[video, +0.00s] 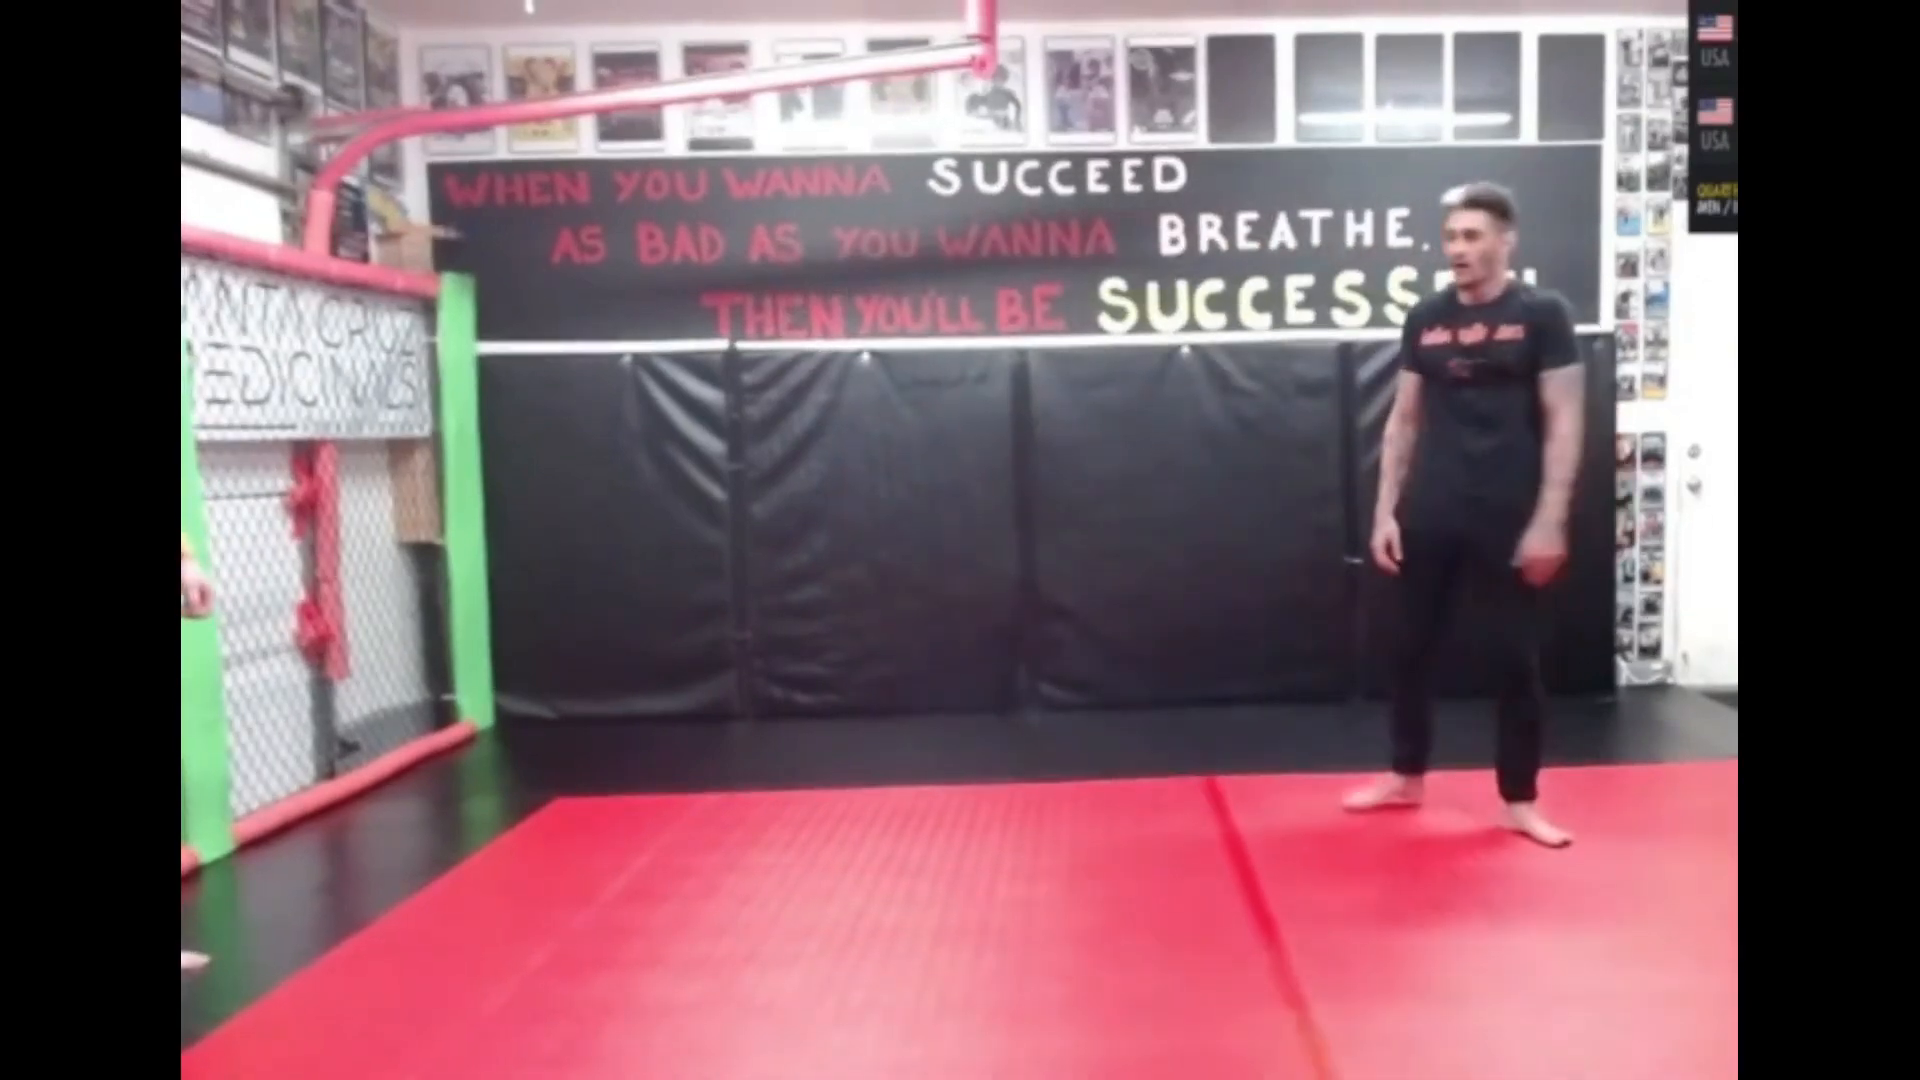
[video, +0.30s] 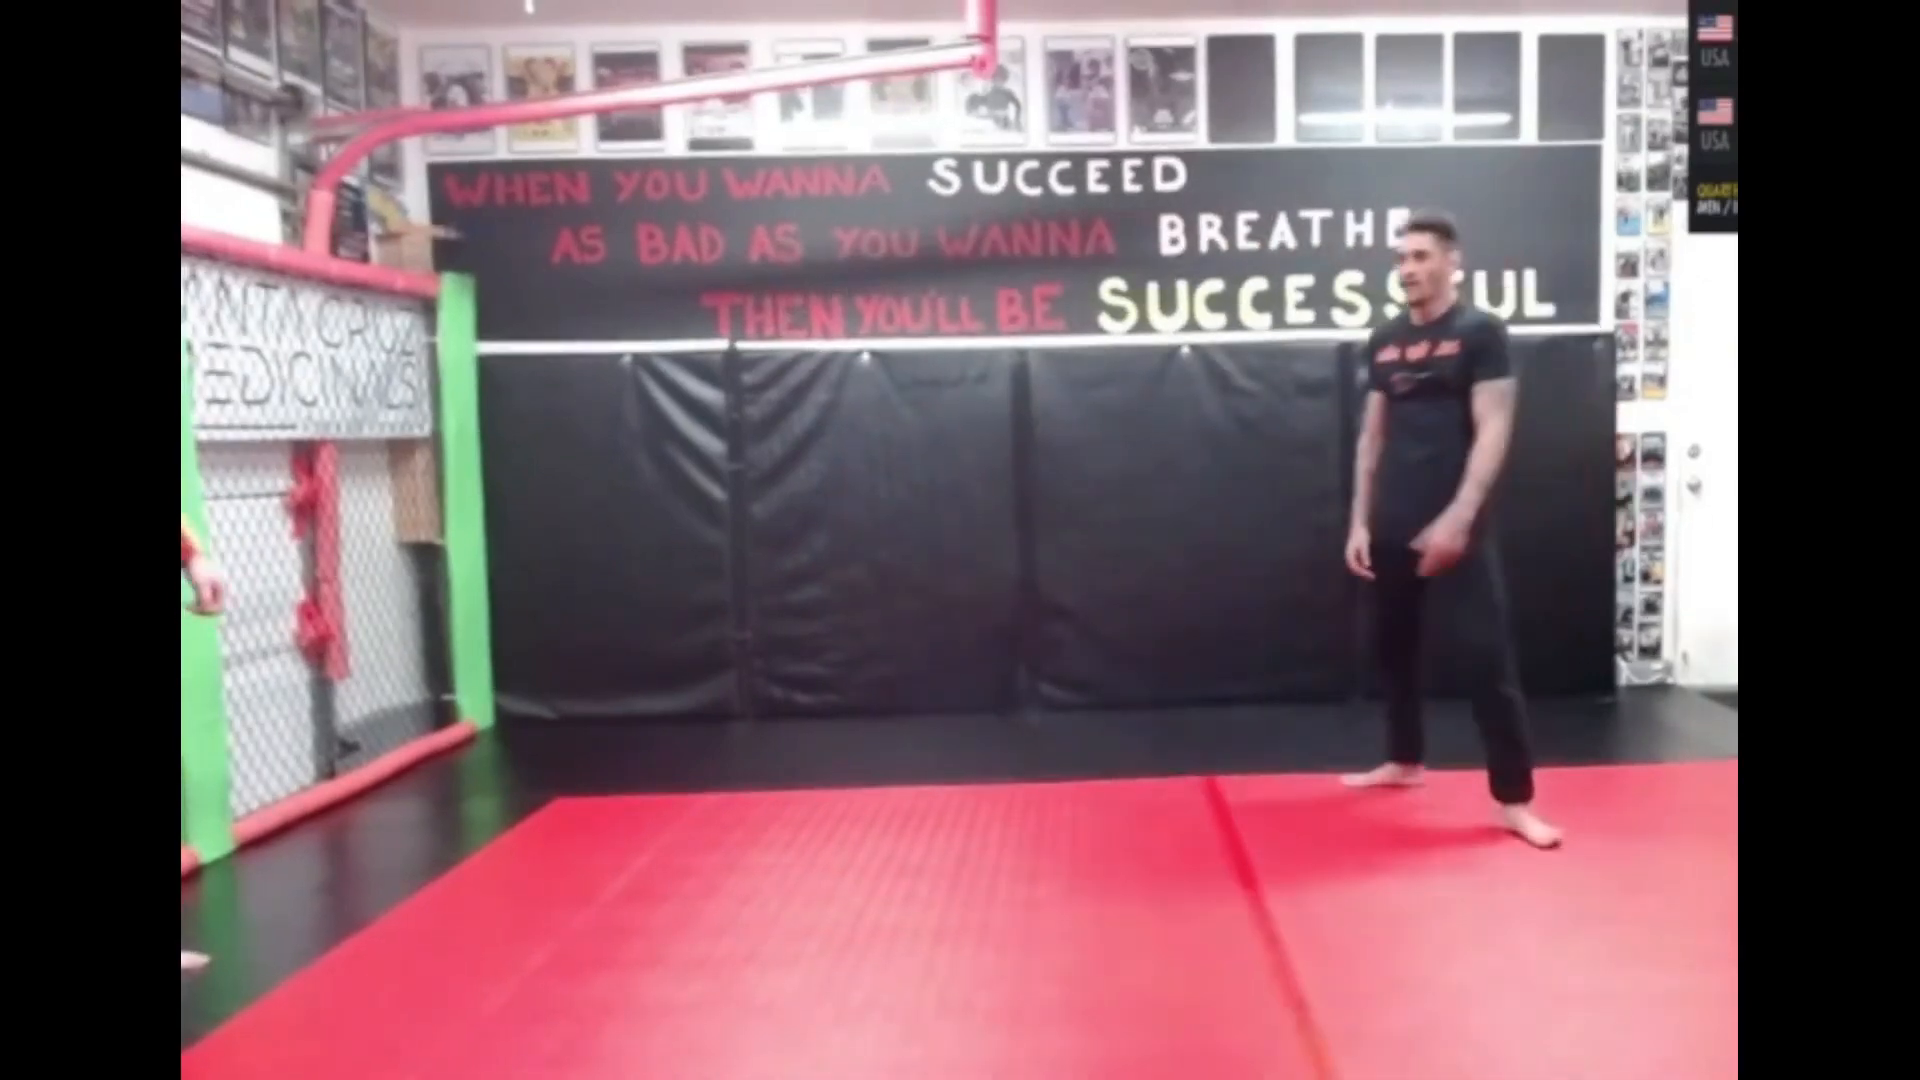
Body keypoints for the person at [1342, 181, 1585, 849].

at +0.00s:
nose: (1459, 248)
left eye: (1472, 236)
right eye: (1450, 237)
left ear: (1507, 241)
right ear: (1443, 245)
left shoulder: (1542, 317)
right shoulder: (1425, 320)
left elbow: (1564, 425)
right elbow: (1403, 420)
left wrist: (1549, 521)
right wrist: (1385, 510)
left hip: (1513, 514)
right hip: (1434, 509)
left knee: (1518, 656)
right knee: (1412, 643)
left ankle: (1520, 799)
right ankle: (1404, 775)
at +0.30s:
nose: (1408, 268)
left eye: (1421, 256)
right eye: (1402, 258)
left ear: (1454, 263)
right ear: (1397, 268)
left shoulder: (1481, 334)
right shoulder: (1386, 343)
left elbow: (1492, 433)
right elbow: (1371, 437)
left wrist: (1457, 518)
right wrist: (1360, 522)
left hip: (1460, 518)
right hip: (1391, 521)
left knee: (1488, 654)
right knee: (1395, 645)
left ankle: (1514, 797)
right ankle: (1404, 759)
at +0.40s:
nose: (1382, 271)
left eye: (1393, 259)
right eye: (1374, 261)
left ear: (1422, 263)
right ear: (1367, 270)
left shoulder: (1445, 329)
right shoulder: (1358, 344)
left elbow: (1457, 414)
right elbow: (1345, 433)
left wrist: (1422, 472)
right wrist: (1324, 516)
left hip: (1422, 494)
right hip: (1366, 497)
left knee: (1422, 632)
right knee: (1378, 628)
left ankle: (1459, 785)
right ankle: (1404, 756)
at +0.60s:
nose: (1355, 270)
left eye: (1367, 259)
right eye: (1348, 261)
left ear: (1394, 265)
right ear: (1342, 271)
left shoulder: (1416, 322)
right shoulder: (1340, 344)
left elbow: (1430, 387)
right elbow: (1327, 437)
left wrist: (1421, 434)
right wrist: (1300, 518)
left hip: (1406, 490)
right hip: (1355, 494)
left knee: (1377, 626)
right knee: (1375, 626)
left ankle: (1375, 779)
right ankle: (1404, 759)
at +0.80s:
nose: (1314, 274)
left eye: (1326, 263)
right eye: (1307, 264)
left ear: (1355, 267)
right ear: (1302, 273)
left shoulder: (1377, 325)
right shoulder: (1309, 347)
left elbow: (1379, 397)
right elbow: (1298, 441)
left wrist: (1352, 418)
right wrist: (1276, 523)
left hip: (1367, 503)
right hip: (1324, 503)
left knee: (1333, 636)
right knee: (1356, 633)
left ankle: (1309, 788)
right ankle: (1403, 758)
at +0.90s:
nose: (1289, 267)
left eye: (1301, 255)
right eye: (1281, 257)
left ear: (1330, 260)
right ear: (1273, 266)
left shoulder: (1347, 316)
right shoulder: (1287, 334)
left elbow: (1342, 388)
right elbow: (1278, 429)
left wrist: (1300, 423)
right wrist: (1255, 513)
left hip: (1336, 499)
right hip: (1296, 501)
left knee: (1319, 641)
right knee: (1285, 640)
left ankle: (1310, 789)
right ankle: (1367, 736)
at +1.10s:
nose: (1274, 267)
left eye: (1286, 255)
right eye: (1267, 257)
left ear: (1314, 258)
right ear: (1263, 265)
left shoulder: (1333, 319)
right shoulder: (1277, 335)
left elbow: (1323, 395)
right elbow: (1267, 433)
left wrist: (1294, 434)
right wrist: (1239, 512)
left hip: (1322, 502)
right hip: (1279, 504)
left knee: (1314, 641)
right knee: (1254, 633)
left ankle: (1310, 790)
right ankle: (1330, 735)